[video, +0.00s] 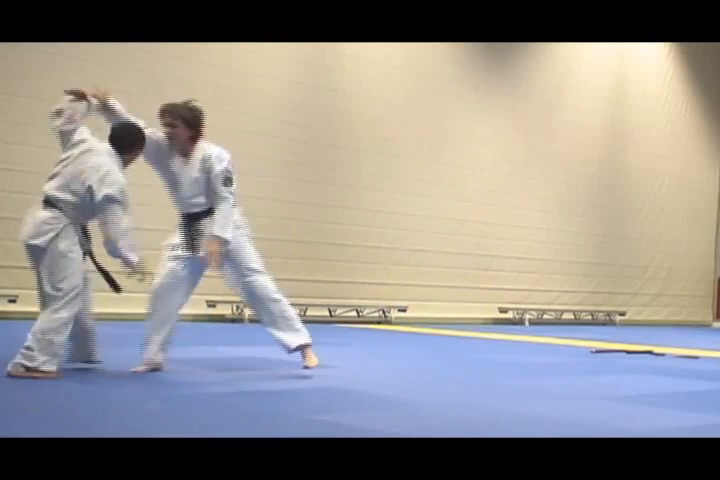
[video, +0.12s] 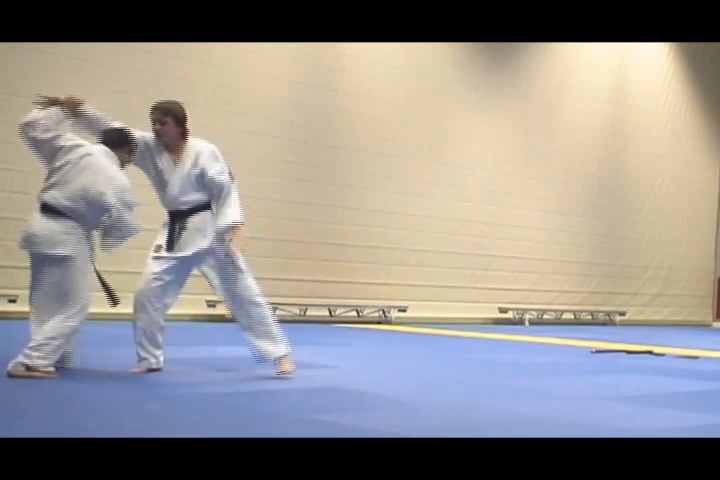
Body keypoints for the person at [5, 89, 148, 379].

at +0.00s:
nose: (140, 153)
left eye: (140, 147)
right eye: (140, 149)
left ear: (112, 138)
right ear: (135, 151)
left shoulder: (85, 143)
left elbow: (66, 123)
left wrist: (81, 99)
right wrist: (133, 261)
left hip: (40, 221)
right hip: (59, 229)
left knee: (78, 289)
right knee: (67, 295)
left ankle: (83, 351)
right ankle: (33, 361)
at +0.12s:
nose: (131, 159)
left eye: (132, 153)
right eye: (131, 153)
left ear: (104, 142)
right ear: (124, 151)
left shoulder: (73, 145)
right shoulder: (115, 179)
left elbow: (32, 127)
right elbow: (124, 224)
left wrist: (60, 108)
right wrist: (107, 234)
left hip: (40, 227)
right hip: (68, 235)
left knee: (42, 297)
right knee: (78, 305)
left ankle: (56, 356)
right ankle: (33, 362)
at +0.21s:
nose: (122, 151)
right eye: (120, 147)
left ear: (87, 143)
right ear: (114, 148)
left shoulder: (62, 154)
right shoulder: (121, 172)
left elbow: (21, 139)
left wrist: (38, 116)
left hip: (50, 232)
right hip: (83, 238)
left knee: (48, 297)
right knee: (82, 311)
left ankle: (46, 357)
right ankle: (34, 361)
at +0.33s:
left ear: (73, 149)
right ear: (103, 144)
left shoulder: (67, 164)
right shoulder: (126, 168)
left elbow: (27, 150)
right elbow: (153, 198)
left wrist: (41, 126)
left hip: (71, 240)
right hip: (105, 245)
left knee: (44, 290)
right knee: (79, 309)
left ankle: (45, 355)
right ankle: (34, 354)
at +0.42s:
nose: (75, 149)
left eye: (77, 145)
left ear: (80, 146)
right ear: (105, 143)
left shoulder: (80, 163)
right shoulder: (131, 165)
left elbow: (39, 152)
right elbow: (158, 193)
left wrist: (51, 118)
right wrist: (134, 212)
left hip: (82, 238)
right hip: (117, 245)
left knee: (50, 297)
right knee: (91, 316)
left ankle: (42, 355)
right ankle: (58, 337)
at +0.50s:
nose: (88, 154)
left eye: (91, 151)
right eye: (90, 151)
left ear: (97, 149)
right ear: (122, 149)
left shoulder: (96, 164)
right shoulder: (138, 173)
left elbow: (58, 154)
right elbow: (153, 199)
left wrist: (60, 118)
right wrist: (141, 230)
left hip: (96, 241)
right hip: (128, 250)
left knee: (56, 297)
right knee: (106, 309)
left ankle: (46, 354)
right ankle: (93, 333)